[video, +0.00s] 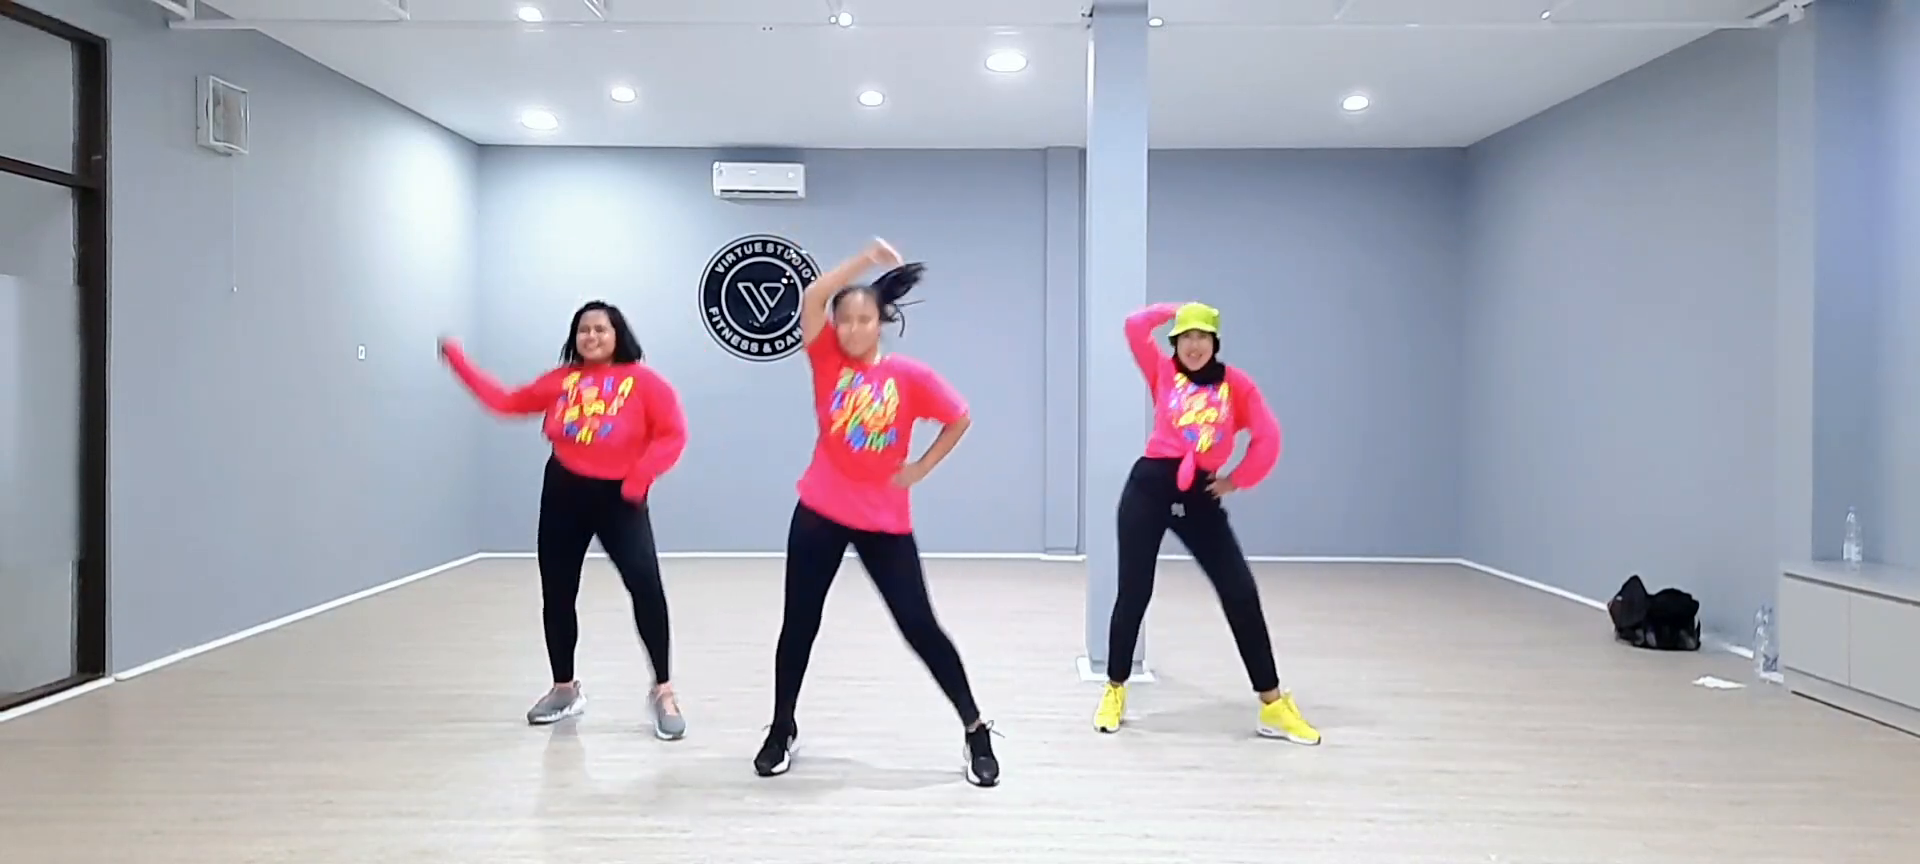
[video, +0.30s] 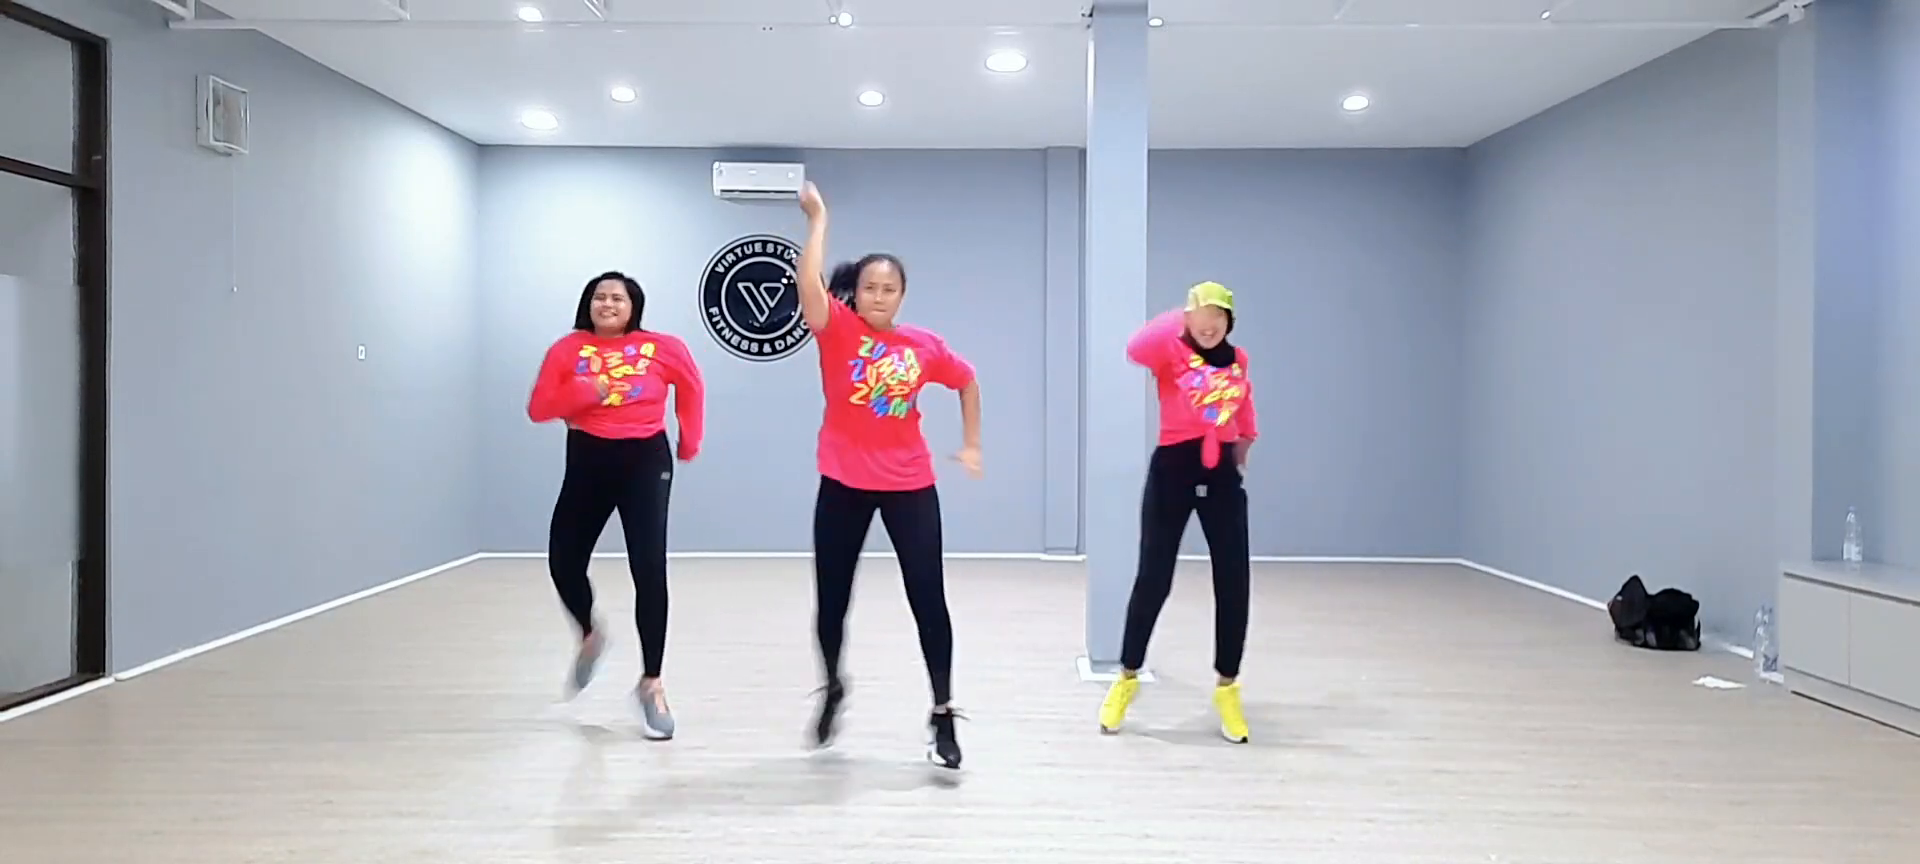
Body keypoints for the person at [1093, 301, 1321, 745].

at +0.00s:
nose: (1193, 346)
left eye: (1201, 338)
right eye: (1186, 339)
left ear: (1215, 343)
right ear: (1174, 344)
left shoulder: (1236, 385)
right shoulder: (1163, 375)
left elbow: (1268, 437)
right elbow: (1134, 325)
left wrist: (1235, 480)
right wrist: (1175, 311)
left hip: (1200, 497)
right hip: (1149, 489)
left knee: (1241, 594)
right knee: (1134, 591)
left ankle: (1272, 703)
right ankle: (1114, 691)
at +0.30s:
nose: (1208, 327)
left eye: (1216, 319)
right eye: (1201, 319)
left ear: (1228, 320)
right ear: (1187, 318)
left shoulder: (1236, 359)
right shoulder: (1171, 352)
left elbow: (1245, 421)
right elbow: (1137, 349)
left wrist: (1238, 465)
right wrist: (1178, 318)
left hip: (1222, 472)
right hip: (1172, 470)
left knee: (1234, 584)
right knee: (1154, 581)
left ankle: (1227, 689)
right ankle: (1126, 680)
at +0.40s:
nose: (1223, 330)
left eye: (1231, 323)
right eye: (1215, 322)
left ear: (1243, 330)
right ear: (1201, 327)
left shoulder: (1250, 376)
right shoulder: (1181, 367)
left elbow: (1248, 433)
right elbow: (1150, 419)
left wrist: (1267, 468)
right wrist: (1191, 406)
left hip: (1236, 490)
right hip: (1186, 486)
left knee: (1231, 597)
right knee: (1169, 591)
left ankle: (1221, 698)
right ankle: (1145, 698)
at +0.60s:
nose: (1237, 339)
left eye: (1246, 331)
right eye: (1230, 330)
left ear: (1256, 338)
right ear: (1215, 335)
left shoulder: (1268, 391)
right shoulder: (1191, 383)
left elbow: (1310, 437)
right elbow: (1158, 434)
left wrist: (1285, 398)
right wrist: (1170, 474)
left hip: (1255, 502)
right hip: (1204, 500)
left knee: (1244, 603)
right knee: (1213, 598)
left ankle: (1226, 696)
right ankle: (1207, 709)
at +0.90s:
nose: (1250, 350)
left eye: (1258, 341)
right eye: (1241, 341)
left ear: (1267, 348)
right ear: (1222, 347)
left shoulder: (1283, 402)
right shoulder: (1204, 402)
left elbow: (1328, 441)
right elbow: (1178, 467)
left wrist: (1336, 452)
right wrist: (1220, 472)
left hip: (1272, 520)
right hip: (1228, 519)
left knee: (1268, 621)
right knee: (1279, 627)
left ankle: (1218, 694)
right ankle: (1250, 762)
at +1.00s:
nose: (1269, 340)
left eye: (1273, 332)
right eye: (1260, 332)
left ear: (1272, 340)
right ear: (1236, 338)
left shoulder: (1263, 391)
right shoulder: (1219, 387)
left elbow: (1269, 457)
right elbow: (1221, 452)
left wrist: (1302, 482)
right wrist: (1280, 440)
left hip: (1262, 512)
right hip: (1240, 512)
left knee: (1260, 621)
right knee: (1289, 630)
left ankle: (1214, 714)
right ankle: (1251, 762)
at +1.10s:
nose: (1279, 332)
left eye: (1278, 323)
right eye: (1276, 324)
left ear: (1236, 326)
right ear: (1259, 325)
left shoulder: (1220, 367)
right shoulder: (1248, 362)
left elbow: (1193, 440)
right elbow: (1256, 417)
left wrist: (1230, 471)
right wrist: (1309, 421)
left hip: (1224, 489)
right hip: (1258, 488)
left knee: (1245, 605)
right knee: (1281, 614)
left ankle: (1222, 723)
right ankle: (1253, 756)